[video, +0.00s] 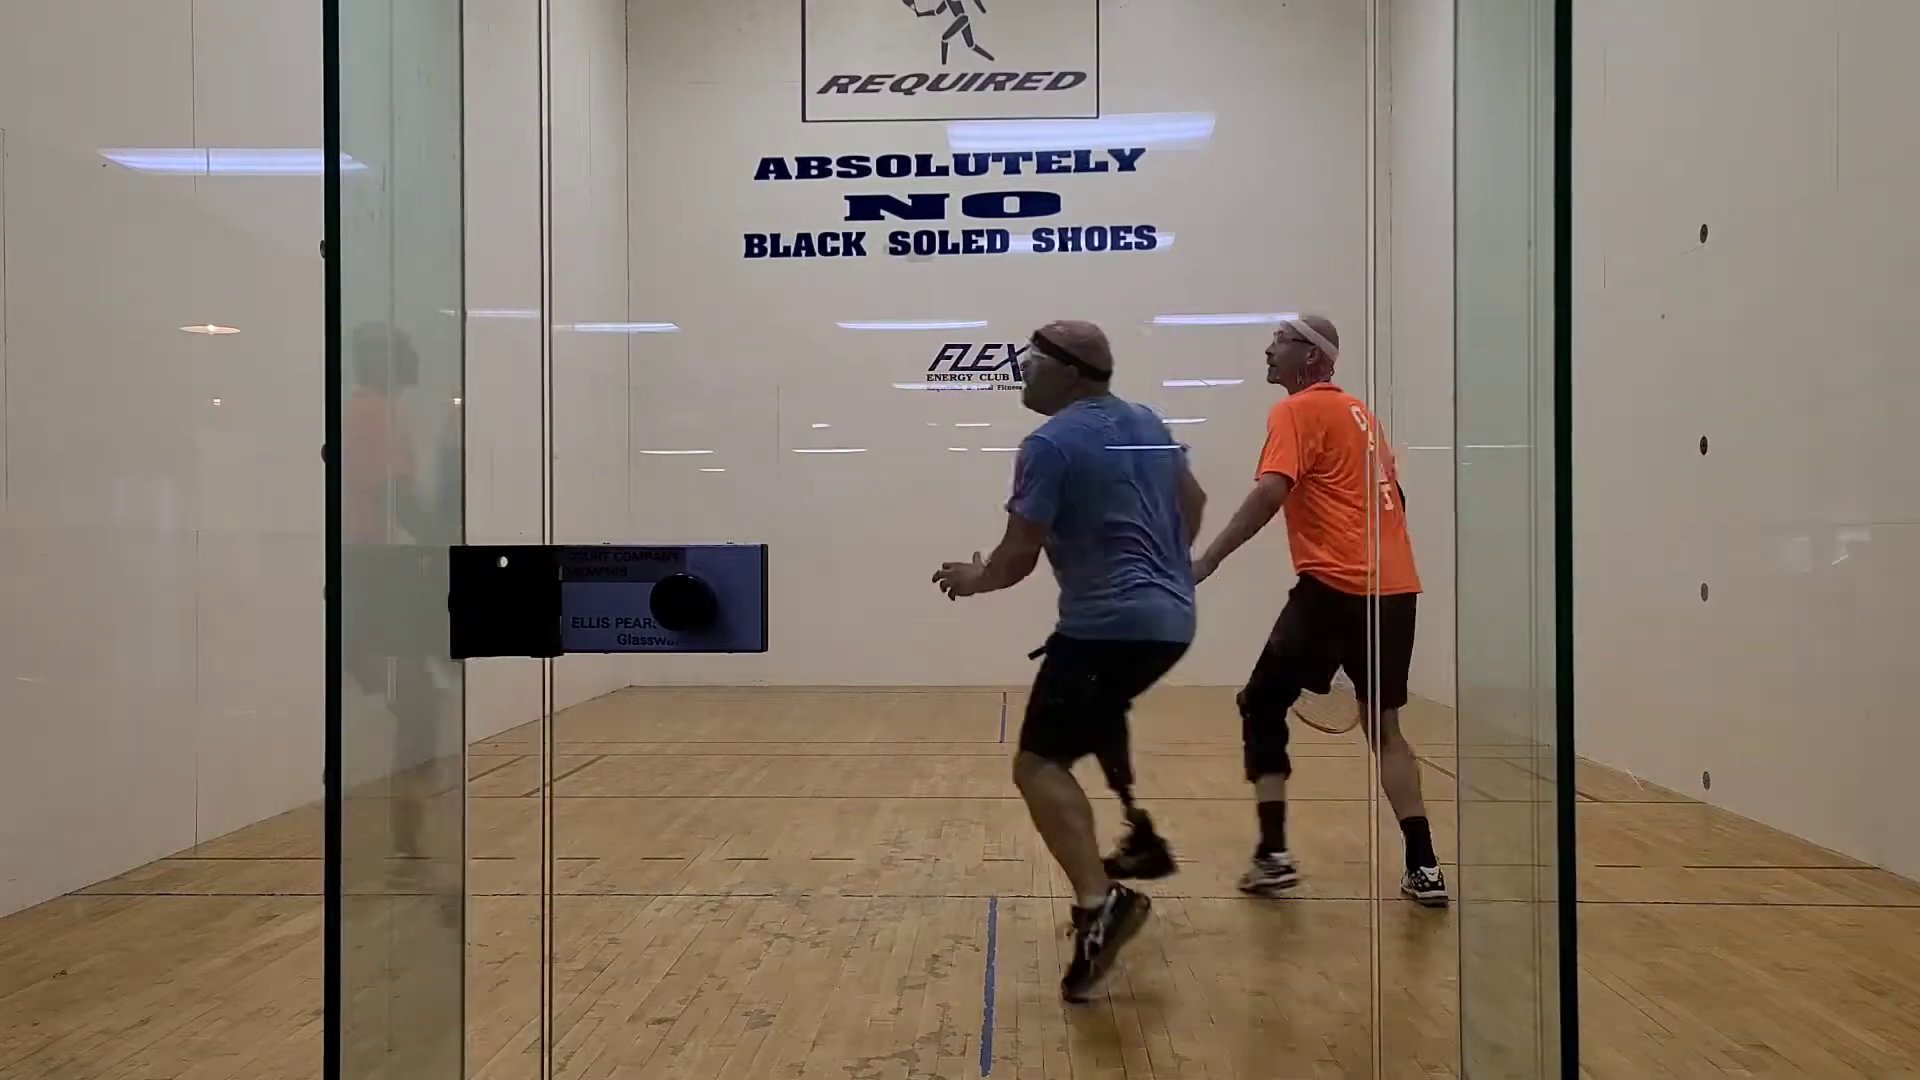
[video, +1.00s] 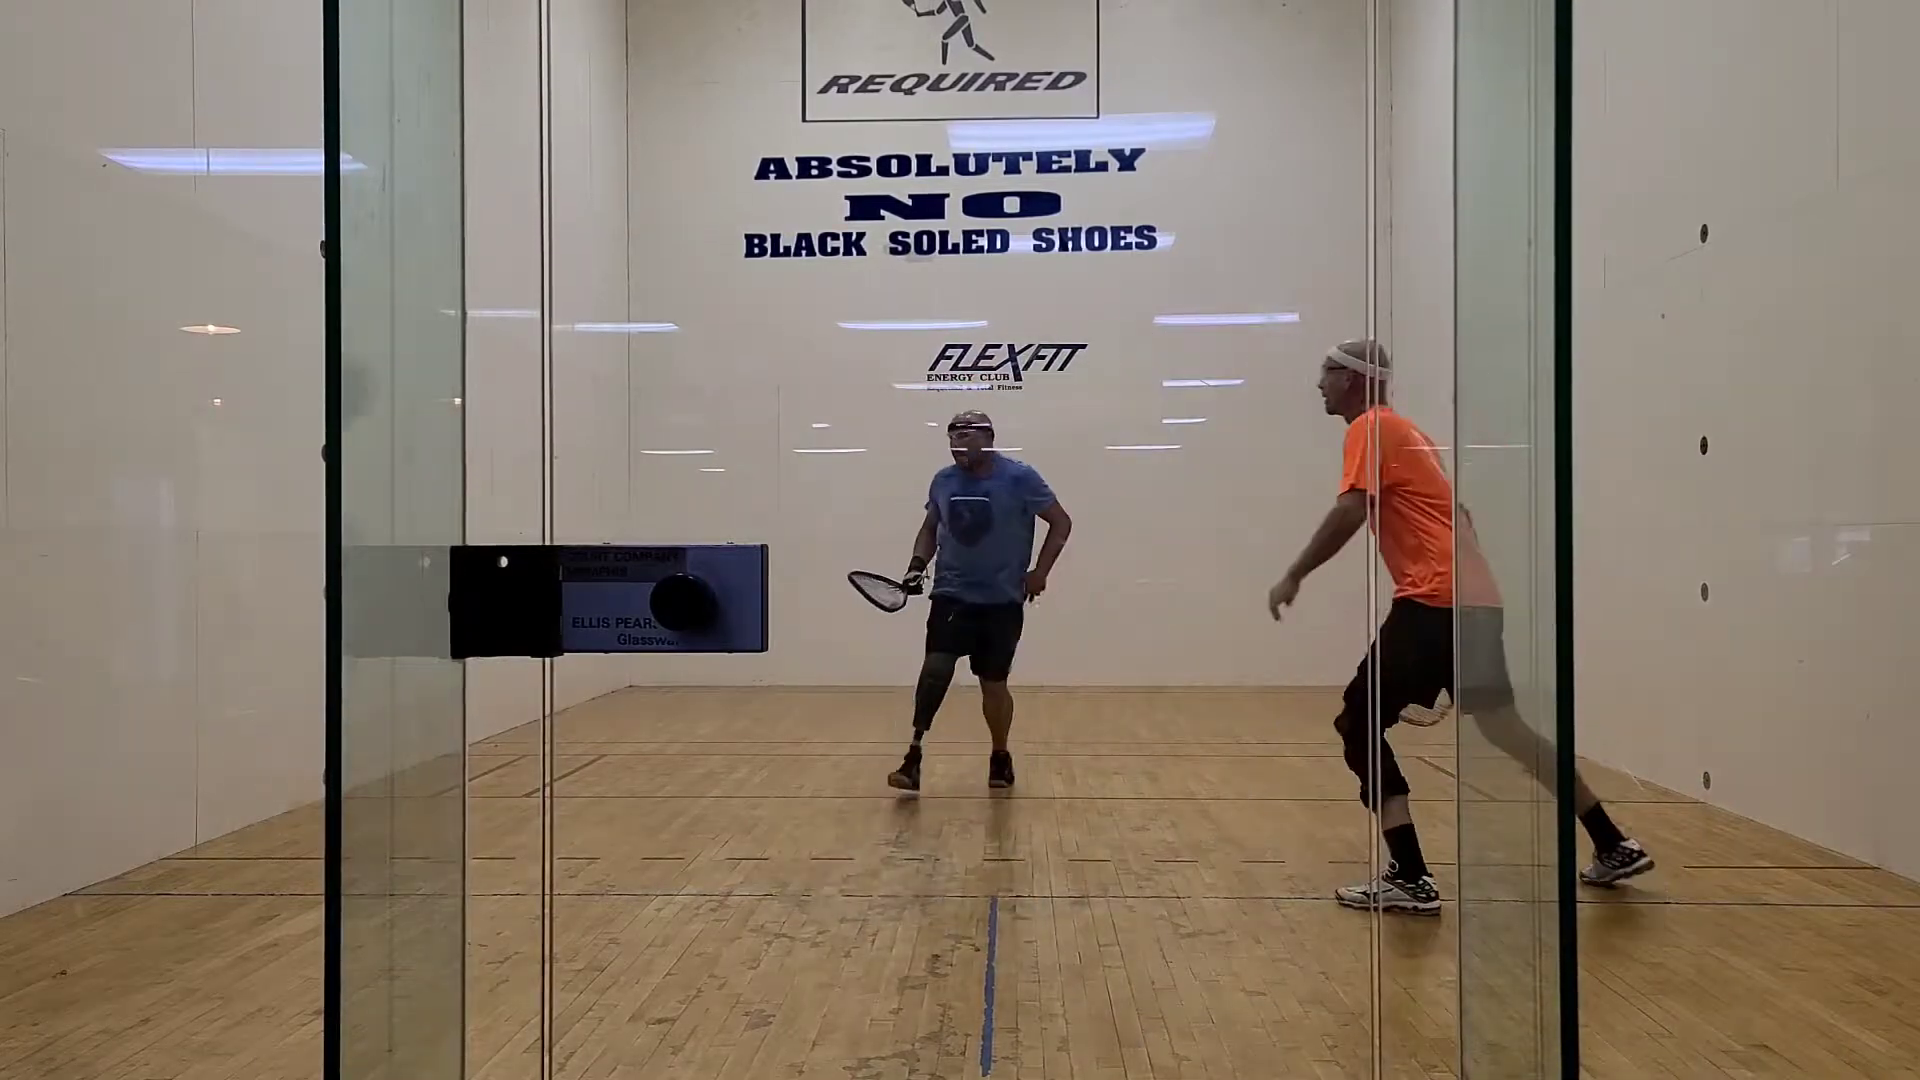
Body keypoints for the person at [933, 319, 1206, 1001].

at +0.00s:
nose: (1023, 368)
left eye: (1034, 358)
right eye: (1027, 357)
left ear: (1068, 372)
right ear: (1091, 374)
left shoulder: (1050, 442)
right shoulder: (1146, 423)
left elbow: (1016, 558)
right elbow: (1192, 501)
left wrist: (972, 579)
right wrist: (1166, 563)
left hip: (1105, 627)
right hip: (1169, 621)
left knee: (1036, 766)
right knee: (1097, 709)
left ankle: (1097, 904)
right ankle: (1136, 829)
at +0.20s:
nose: (946, 421)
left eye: (957, 412)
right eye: (948, 412)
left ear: (990, 418)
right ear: (1000, 420)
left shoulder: (992, 470)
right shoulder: (1030, 466)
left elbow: (977, 573)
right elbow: (1074, 542)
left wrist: (945, 613)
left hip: (1038, 642)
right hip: (1045, 637)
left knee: (966, 751)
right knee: (945, 726)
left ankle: (1003, 907)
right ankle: (958, 830)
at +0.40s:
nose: (929, 428)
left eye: (941, 420)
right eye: (928, 421)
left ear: (971, 432)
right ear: (930, 434)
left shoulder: (981, 478)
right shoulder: (943, 496)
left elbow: (988, 550)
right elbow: (942, 587)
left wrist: (930, 607)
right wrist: (922, 646)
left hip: (992, 630)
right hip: (950, 634)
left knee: (957, 722)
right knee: (883, 729)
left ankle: (1011, 852)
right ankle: (894, 848)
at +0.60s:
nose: (948, 428)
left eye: (960, 421)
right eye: (942, 420)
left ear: (982, 432)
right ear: (934, 429)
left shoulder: (997, 473)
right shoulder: (933, 482)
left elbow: (1028, 514)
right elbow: (926, 548)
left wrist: (991, 540)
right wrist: (896, 594)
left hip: (982, 621)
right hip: (929, 616)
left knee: (958, 713)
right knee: (887, 696)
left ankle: (979, 820)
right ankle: (915, 803)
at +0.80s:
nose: (935, 436)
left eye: (945, 428)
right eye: (931, 429)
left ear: (968, 437)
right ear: (926, 438)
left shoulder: (1000, 481)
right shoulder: (914, 488)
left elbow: (1060, 517)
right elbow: (897, 544)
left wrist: (1068, 573)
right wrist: (881, 589)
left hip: (985, 606)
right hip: (929, 610)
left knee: (995, 682)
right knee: (914, 695)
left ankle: (1011, 785)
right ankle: (902, 772)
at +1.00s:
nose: (959, 450)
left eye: (966, 442)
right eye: (954, 444)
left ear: (988, 440)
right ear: (950, 445)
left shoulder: (1020, 477)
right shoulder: (945, 480)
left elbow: (1061, 522)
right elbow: (930, 528)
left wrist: (1041, 571)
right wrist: (917, 566)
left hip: (1001, 600)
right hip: (951, 597)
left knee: (993, 684)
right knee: (934, 673)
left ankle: (1000, 755)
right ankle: (913, 757)